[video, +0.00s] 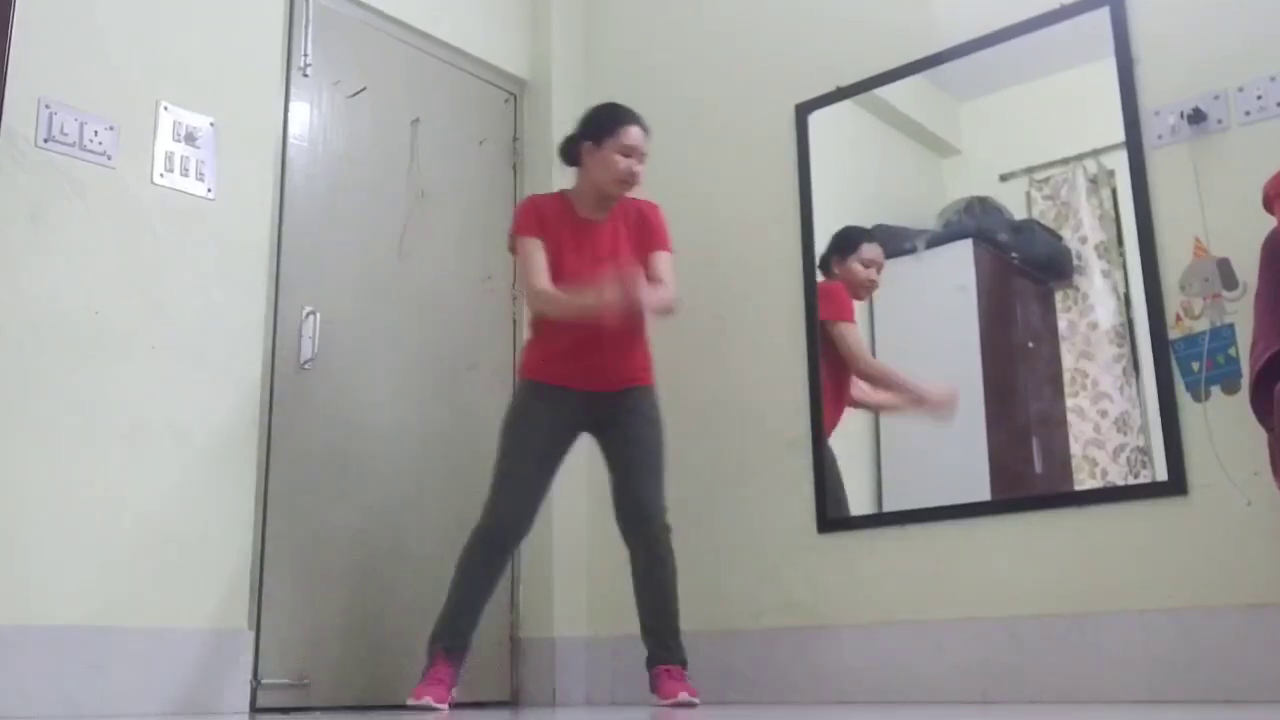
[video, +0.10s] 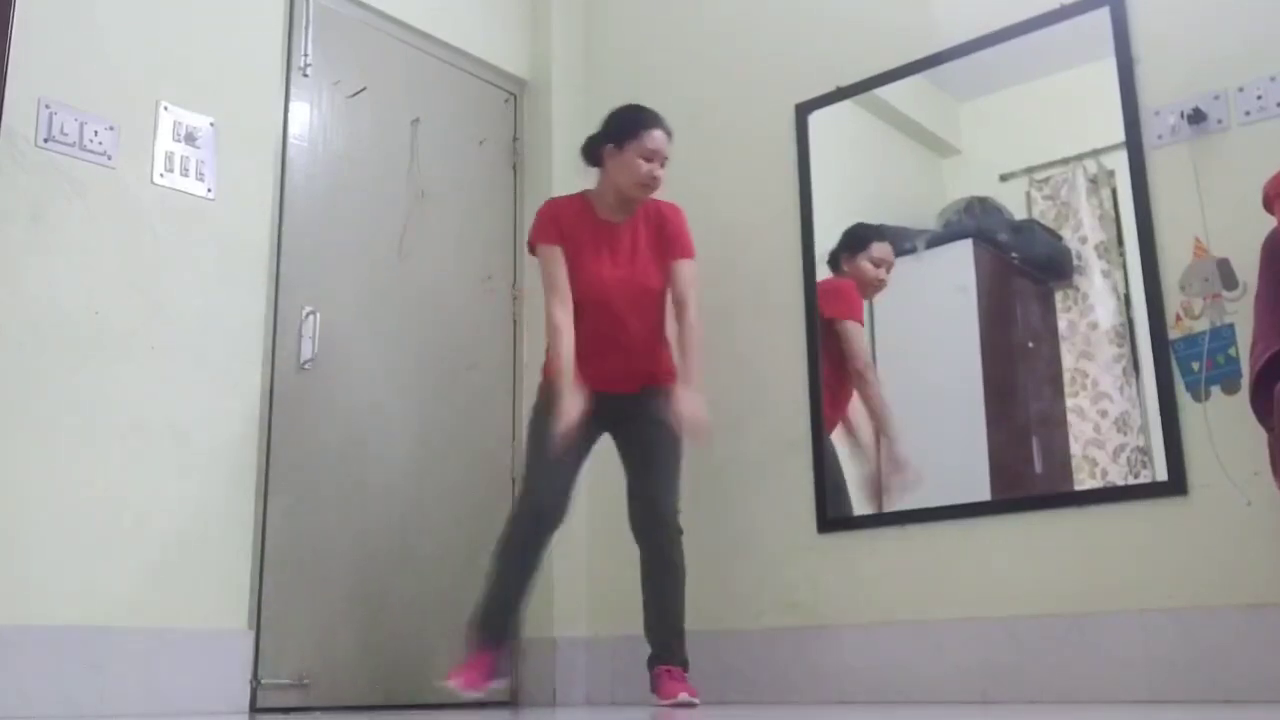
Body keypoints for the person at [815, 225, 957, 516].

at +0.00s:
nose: (874, 277)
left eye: (879, 270)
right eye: (865, 265)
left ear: (883, 272)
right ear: (837, 264)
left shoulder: (829, 301)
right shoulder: (832, 291)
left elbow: (854, 393)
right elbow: (862, 365)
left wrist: (917, 401)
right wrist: (927, 394)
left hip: (814, 441)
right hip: (805, 441)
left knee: (836, 528)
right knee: (835, 528)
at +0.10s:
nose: (883, 276)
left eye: (888, 269)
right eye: (875, 264)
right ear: (846, 260)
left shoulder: (829, 294)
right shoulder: (841, 290)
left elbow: (840, 395)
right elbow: (861, 371)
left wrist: (870, 461)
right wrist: (889, 447)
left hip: (815, 435)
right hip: (807, 434)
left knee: (836, 520)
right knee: (837, 519)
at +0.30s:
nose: (897, 272)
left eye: (903, 265)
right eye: (890, 260)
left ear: (908, 266)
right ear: (860, 254)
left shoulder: (831, 282)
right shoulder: (858, 281)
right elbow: (829, 318)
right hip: (819, 419)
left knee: (840, 511)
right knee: (839, 512)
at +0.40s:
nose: (898, 273)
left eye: (903, 266)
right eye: (891, 261)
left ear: (908, 267)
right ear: (861, 255)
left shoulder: (835, 281)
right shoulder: (859, 281)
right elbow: (823, 309)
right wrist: (806, 369)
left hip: (824, 414)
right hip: (823, 414)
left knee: (835, 506)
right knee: (838, 508)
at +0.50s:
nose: (899, 273)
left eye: (903, 265)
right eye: (894, 261)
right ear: (864, 256)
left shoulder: (829, 283)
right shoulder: (858, 283)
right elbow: (827, 315)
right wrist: (811, 370)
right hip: (825, 417)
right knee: (842, 516)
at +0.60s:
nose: (897, 272)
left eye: (898, 262)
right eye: (893, 260)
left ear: (866, 258)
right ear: (866, 257)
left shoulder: (823, 287)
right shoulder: (852, 287)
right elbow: (830, 345)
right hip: (825, 434)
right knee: (849, 526)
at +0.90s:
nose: (880, 266)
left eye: (880, 256)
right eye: (877, 254)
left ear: (850, 253)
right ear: (858, 252)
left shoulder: (820, 285)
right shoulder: (844, 283)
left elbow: (843, 377)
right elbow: (878, 362)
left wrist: (908, 354)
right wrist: (919, 344)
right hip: (815, 423)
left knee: (826, 517)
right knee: (830, 517)